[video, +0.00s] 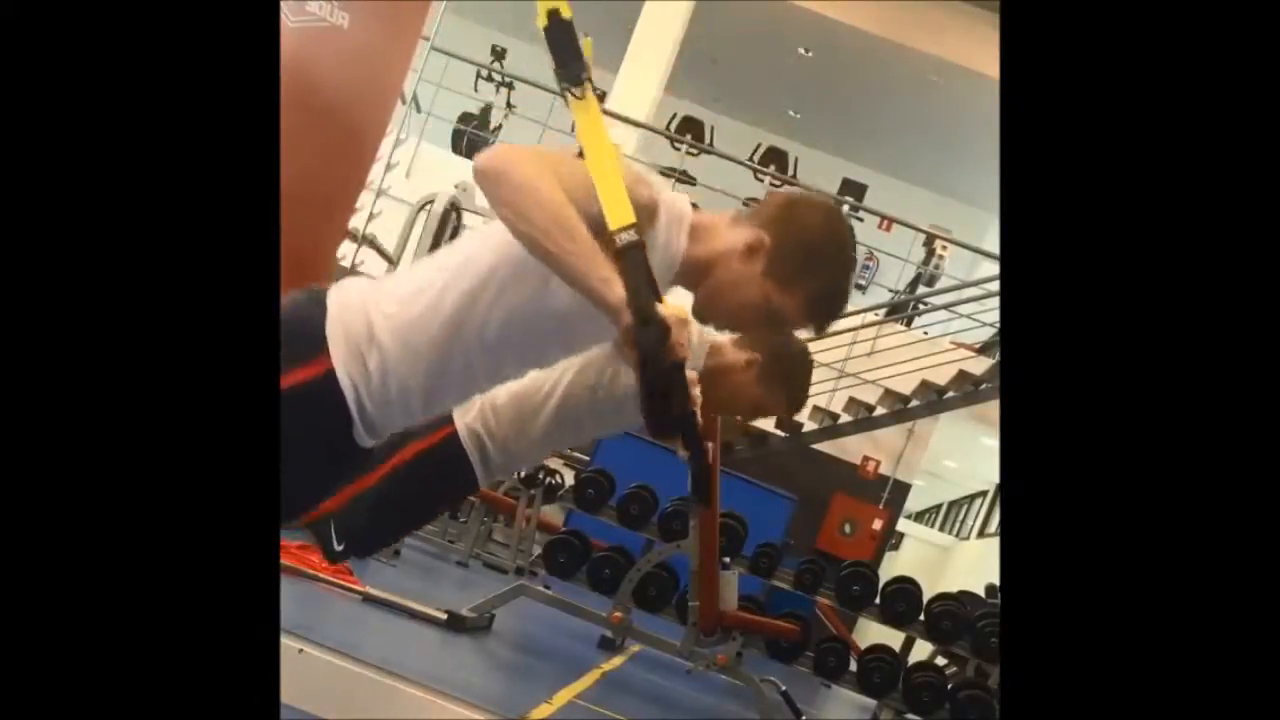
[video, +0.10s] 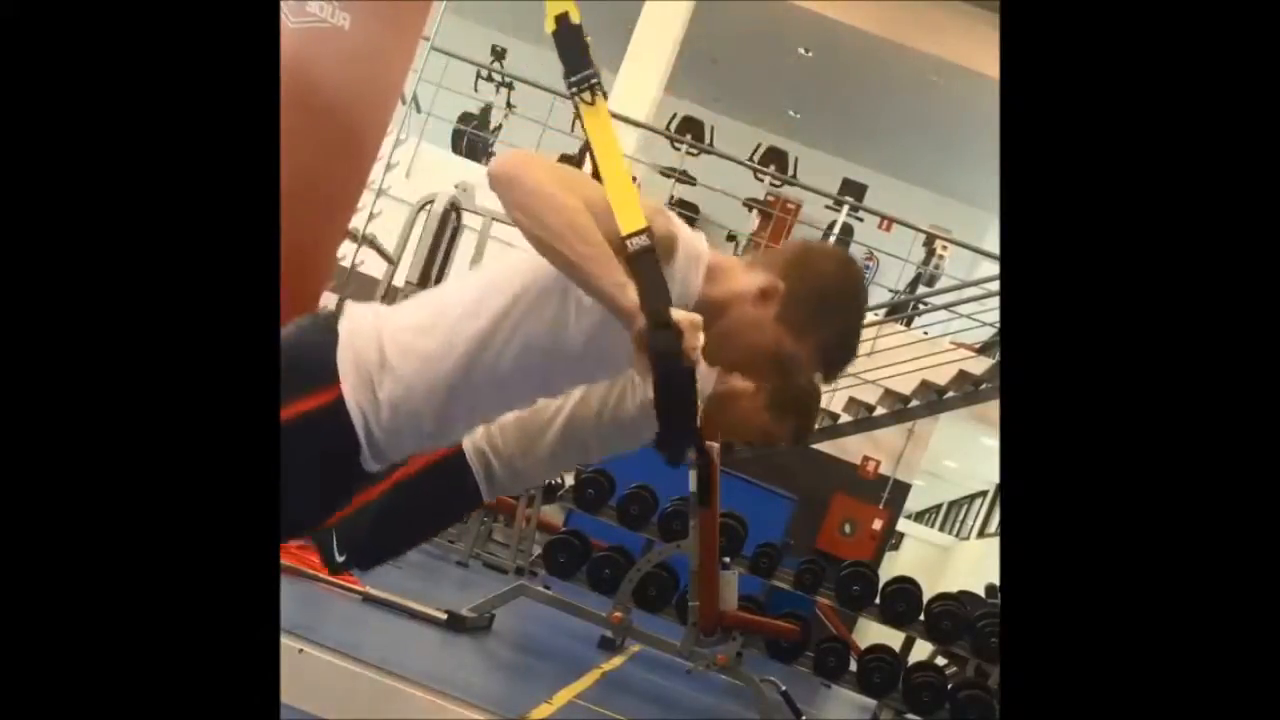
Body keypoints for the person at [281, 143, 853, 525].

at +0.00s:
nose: (749, 331)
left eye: (769, 328)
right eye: (768, 315)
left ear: (754, 251)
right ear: (753, 251)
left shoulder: (670, 289)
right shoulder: (645, 202)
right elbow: (504, 168)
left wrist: (668, 408)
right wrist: (629, 307)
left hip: (367, 426)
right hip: (326, 367)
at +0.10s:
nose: (754, 372)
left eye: (776, 373)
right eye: (775, 359)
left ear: (764, 288)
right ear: (767, 294)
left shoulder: (679, 334)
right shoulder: (666, 246)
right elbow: (517, 172)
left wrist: (672, 410)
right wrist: (644, 316)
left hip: (366, 443)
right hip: (333, 393)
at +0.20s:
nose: (763, 405)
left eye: (781, 405)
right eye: (780, 393)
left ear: (776, 328)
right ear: (777, 329)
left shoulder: (691, 365)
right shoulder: (666, 266)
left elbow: (792, 452)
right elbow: (522, 170)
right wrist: (631, 312)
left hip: (372, 456)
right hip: (339, 411)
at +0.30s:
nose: (758, 434)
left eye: (776, 436)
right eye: (777, 425)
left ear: (780, 355)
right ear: (783, 360)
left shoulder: (693, 391)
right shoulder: (674, 285)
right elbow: (529, 170)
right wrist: (623, 312)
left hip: (368, 471)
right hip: (338, 424)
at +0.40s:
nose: (760, 481)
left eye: (780, 478)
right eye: (781, 463)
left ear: (778, 379)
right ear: (781, 384)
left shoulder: (691, 418)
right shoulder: (672, 296)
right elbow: (531, 172)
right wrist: (622, 314)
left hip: (367, 484)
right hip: (335, 432)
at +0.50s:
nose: (759, 484)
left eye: (779, 483)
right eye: (781, 468)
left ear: (779, 386)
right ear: (781, 391)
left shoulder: (693, 420)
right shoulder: (672, 300)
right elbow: (534, 171)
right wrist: (620, 304)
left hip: (366, 488)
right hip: (333, 436)